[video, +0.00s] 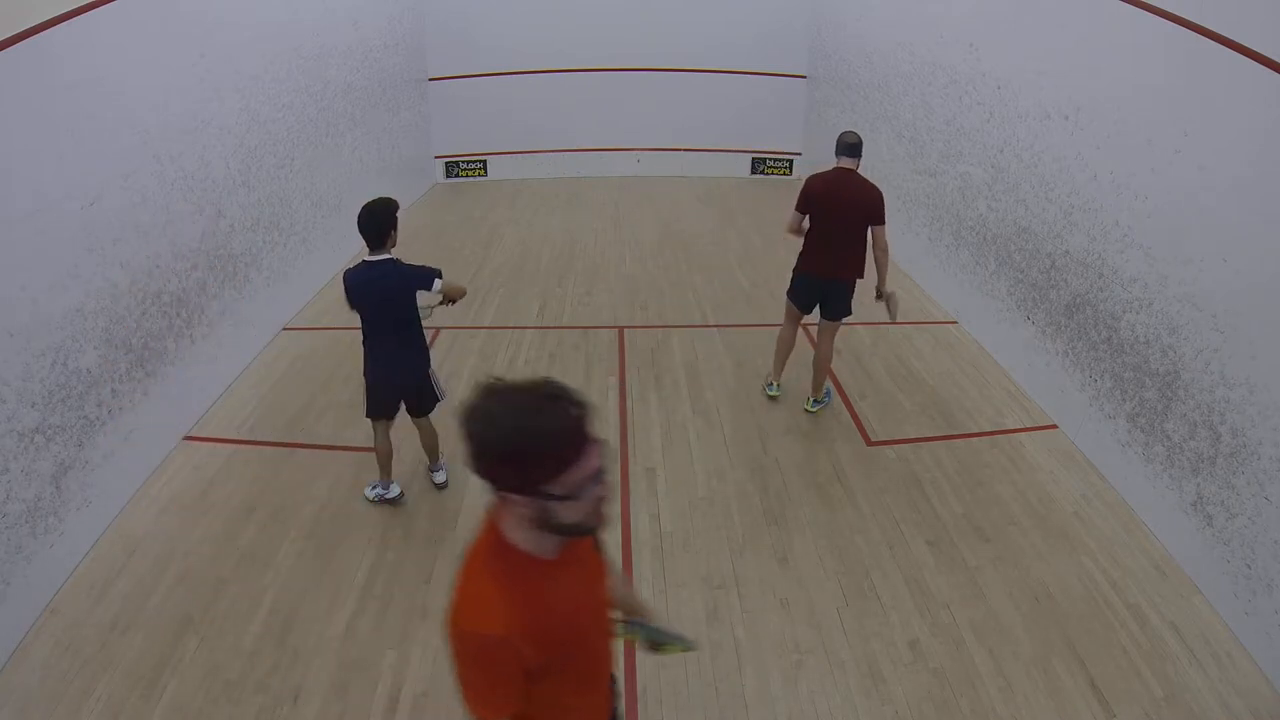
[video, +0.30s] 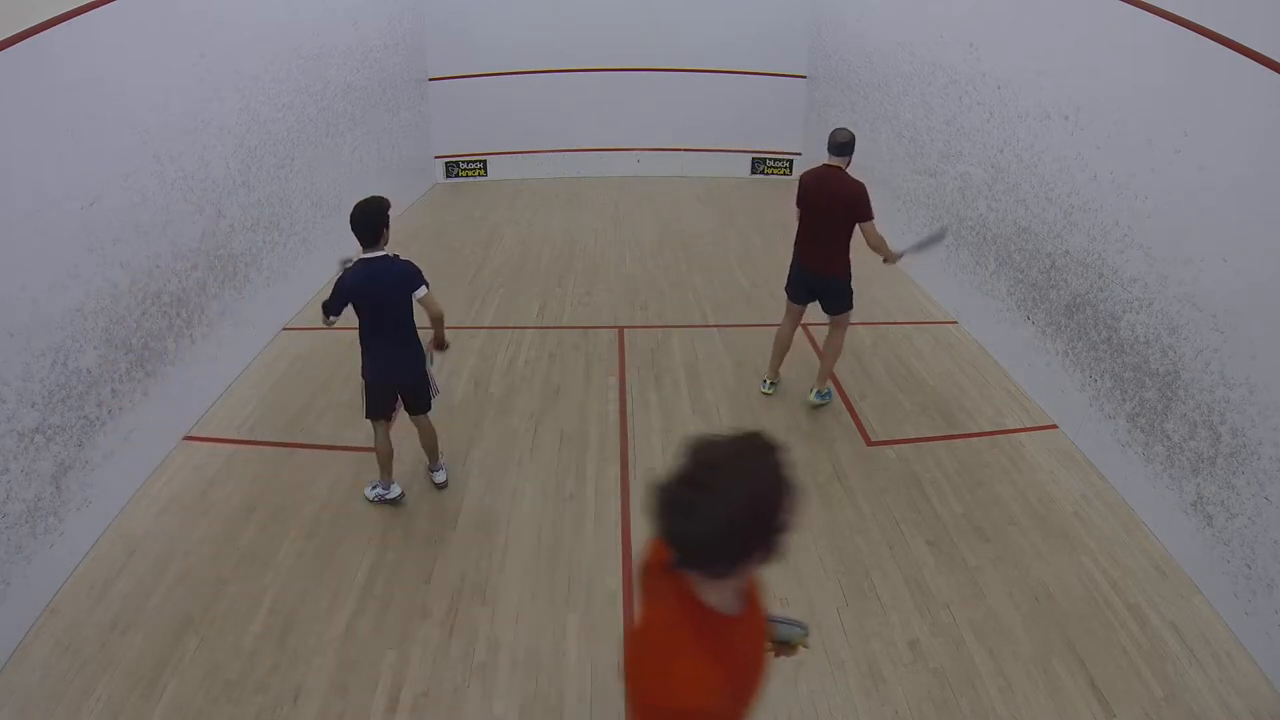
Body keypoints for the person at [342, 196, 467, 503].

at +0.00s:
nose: (398, 232)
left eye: (395, 227)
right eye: (396, 227)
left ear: (364, 235)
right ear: (392, 234)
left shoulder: (352, 278)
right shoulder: (408, 274)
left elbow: (357, 308)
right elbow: (457, 290)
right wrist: (443, 298)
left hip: (378, 369)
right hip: (413, 364)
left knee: (380, 428)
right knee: (422, 419)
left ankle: (387, 486)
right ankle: (437, 470)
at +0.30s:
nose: (390, 227)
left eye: (388, 223)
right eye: (388, 224)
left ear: (356, 234)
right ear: (384, 230)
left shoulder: (352, 278)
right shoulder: (404, 269)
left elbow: (328, 317)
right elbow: (436, 313)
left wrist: (342, 277)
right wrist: (439, 337)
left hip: (376, 368)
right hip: (410, 361)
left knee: (380, 426)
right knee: (421, 418)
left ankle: (387, 485)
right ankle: (437, 469)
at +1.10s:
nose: (349, 250)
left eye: (346, 246)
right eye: (347, 247)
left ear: (316, 258)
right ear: (344, 254)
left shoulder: (318, 305)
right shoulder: (365, 287)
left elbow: (315, 356)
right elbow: (399, 325)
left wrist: (334, 335)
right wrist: (394, 304)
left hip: (347, 384)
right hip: (381, 374)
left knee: (329, 436)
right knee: (410, 416)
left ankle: (331, 500)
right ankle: (434, 464)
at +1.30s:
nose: (303, 266)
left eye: (299, 262)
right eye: (300, 262)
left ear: (270, 276)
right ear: (297, 270)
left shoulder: (271, 322)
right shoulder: (318, 305)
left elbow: (263, 376)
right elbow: (357, 344)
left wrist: (281, 351)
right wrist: (351, 323)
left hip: (307, 403)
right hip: (340, 390)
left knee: (293, 448)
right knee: (381, 428)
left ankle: (321, 505)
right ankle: (423, 463)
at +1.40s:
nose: (281, 258)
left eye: (277, 253)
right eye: (278, 254)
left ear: (247, 267)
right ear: (274, 261)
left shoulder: (247, 316)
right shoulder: (298, 298)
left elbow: (240, 370)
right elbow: (336, 337)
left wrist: (250, 345)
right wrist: (321, 321)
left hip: (282, 401)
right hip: (315, 387)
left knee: (299, 452)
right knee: (346, 434)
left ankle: (320, 504)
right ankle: (377, 481)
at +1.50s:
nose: (263, 251)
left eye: (259, 246)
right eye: (260, 247)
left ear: (227, 260)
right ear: (256, 253)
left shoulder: (229, 306)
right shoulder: (279, 289)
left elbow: (223, 365)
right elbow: (316, 333)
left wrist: (238, 358)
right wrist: (290, 325)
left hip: (263, 397)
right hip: (296, 383)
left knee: (287, 458)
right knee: (313, 444)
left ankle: (304, 514)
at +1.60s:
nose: (247, 267)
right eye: (245, 263)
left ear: (211, 277)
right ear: (244, 268)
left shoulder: (216, 324)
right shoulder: (267, 306)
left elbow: (211, 383)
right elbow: (302, 350)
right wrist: (274, 342)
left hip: (252, 419)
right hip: (286, 406)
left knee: (268, 485)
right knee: (292, 465)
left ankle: (278, 554)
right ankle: (304, 520)